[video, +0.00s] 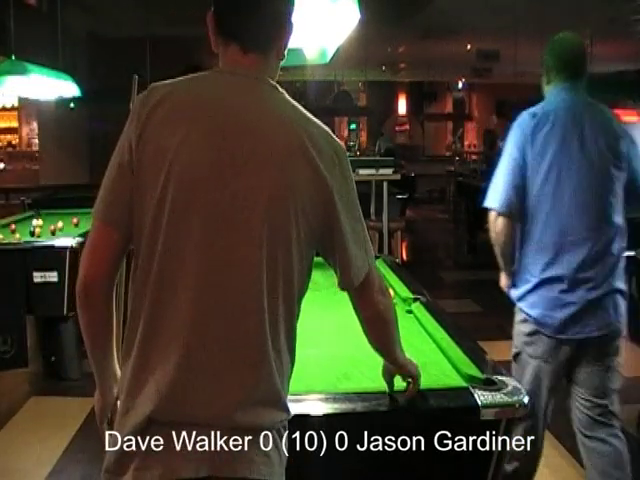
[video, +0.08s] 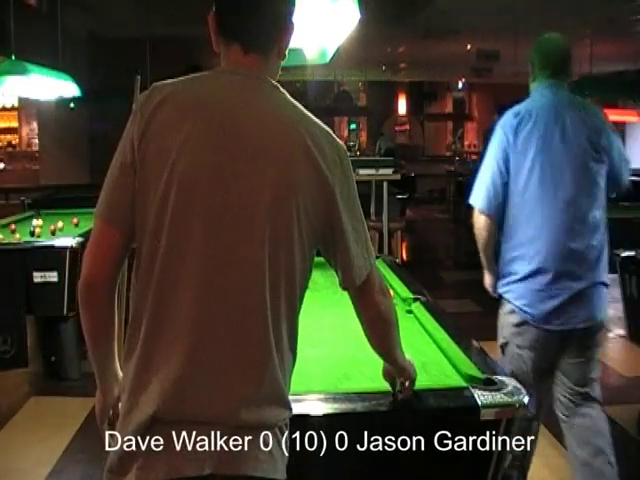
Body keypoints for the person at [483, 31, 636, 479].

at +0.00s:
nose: (542, 78)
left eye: (542, 71)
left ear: (545, 72)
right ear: (585, 70)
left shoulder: (530, 124)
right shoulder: (618, 130)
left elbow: (499, 214)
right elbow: (631, 207)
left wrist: (506, 270)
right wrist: (609, 258)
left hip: (543, 298)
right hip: (605, 298)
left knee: (525, 419)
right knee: (599, 419)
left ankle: (512, 477)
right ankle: (618, 479)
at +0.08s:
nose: (535, 75)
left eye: (531, 68)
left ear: (531, 70)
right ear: (571, 69)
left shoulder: (513, 122)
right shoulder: (596, 120)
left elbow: (482, 210)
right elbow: (620, 184)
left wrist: (488, 269)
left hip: (528, 286)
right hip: (587, 286)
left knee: (519, 407)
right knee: (580, 401)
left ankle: (510, 475)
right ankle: (602, 476)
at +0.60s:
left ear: (493, 87)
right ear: (527, 89)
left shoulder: (473, 126)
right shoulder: (540, 125)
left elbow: (444, 198)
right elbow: (563, 126)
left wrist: (442, 240)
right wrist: (537, 91)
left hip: (483, 257)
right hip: (530, 256)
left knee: (491, 357)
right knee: (499, 351)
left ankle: (501, 452)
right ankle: (488, 439)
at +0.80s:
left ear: (482, 82)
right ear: (513, 84)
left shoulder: (462, 116)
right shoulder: (523, 116)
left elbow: (439, 177)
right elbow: (548, 123)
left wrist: (436, 230)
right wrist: (527, 87)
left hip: (470, 244)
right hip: (513, 245)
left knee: (457, 328)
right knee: (496, 335)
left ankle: (452, 402)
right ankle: (487, 405)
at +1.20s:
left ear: (456, 96)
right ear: (485, 97)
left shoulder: (437, 128)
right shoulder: (491, 123)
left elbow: (418, 177)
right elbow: (520, 127)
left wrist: (419, 224)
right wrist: (498, 98)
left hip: (446, 233)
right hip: (484, 233)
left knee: (448, 312)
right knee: (481, 315)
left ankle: (447, 381)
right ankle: (482, 384)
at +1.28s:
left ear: (452, 94)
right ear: (480, 96)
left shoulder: (434, 126)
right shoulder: (486, 121)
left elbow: (416, 177)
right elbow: (515, 124)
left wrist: (416, 220)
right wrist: (492, 96)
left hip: (442, 231)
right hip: (479, 230)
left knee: (445, 307)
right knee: (477, 307)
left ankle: (444, 375)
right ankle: (481, 376)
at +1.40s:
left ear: (449, 88)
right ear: (475, 91)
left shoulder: (431, 122)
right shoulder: (481, 117)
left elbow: (417, 171)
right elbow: (511, 123)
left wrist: (417, 212)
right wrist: (489, 95)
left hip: (439, 221)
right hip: (475, 220)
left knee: (443, 293)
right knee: (474, 290)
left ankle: (443, 360)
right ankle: (474, 358)